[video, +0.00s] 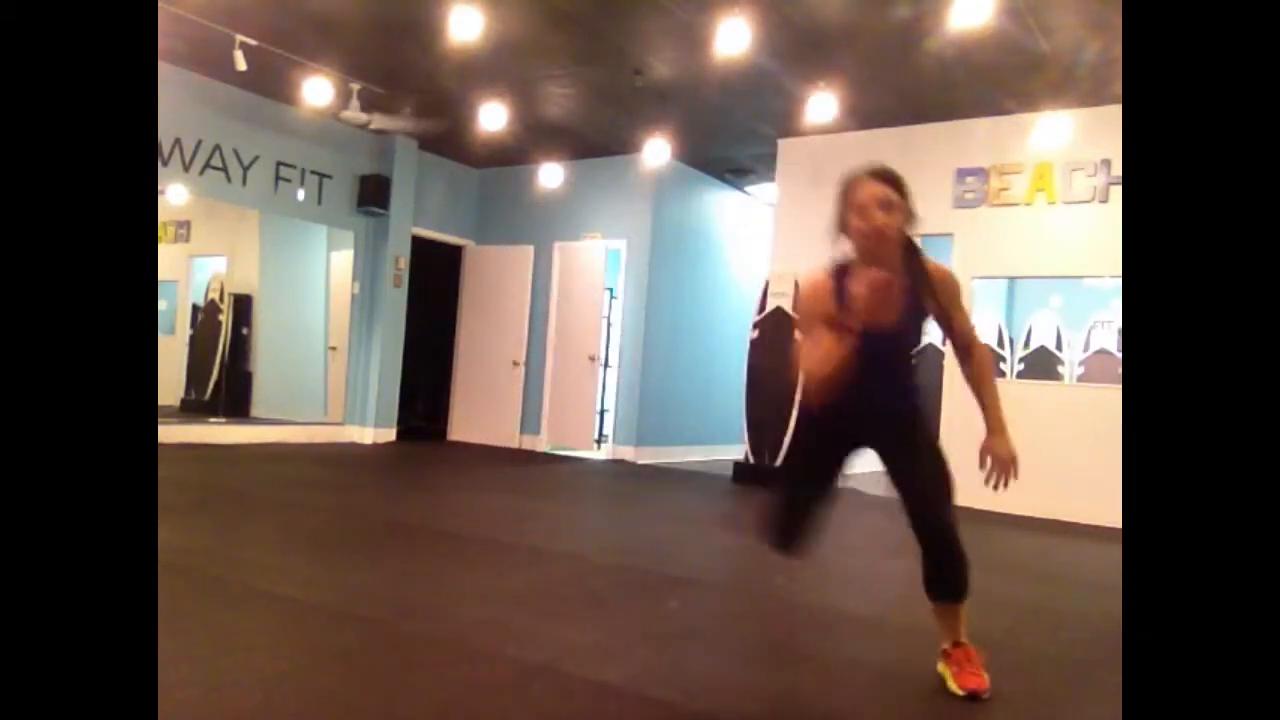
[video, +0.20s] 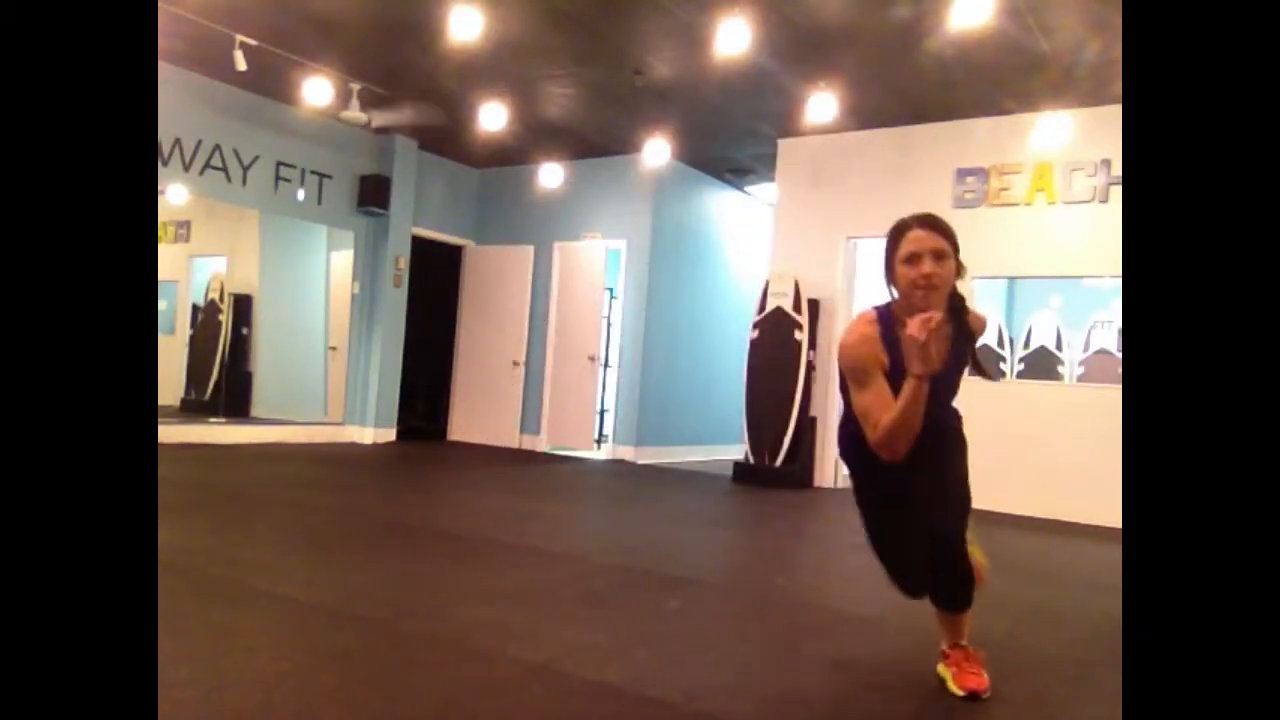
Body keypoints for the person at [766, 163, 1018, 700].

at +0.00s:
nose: (874, 220)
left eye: (885, 207)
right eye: (861, 210)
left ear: (906, 218)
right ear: (844, 224)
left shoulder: (931, 282)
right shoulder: (821, 288)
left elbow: (969, 349)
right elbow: (811, 378)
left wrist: (997, 429)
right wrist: (854, 319)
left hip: (899, 417)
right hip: (831, 416)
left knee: (938, 526)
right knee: (785, 531)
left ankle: (955, 647)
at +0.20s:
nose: (925, 270)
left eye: (937, 257)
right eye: (911, 259)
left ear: (956, 268)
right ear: (891, 273)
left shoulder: (969, 324)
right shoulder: (862, 341)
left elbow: (957, 358)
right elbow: (888, 446)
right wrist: (918, 376)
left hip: (938, 439)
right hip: (878, 459)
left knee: (949, 553)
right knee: (912, 580)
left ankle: (956, 651)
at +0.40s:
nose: (901, 239)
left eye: (913, 227)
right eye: (888, 229)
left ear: (933, 240)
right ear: (870, 243)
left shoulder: (953, 312)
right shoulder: (838, 310)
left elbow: (971, 382)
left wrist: (1002, 456)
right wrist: (868, 436)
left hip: (927, 429)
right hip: (860, 434)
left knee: (936, 544)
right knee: (876, 558)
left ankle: (953, 648)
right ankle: (943, 570)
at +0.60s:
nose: (797, 158)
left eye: (810, 148)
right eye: (787, 148)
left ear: (835, 158)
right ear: (775, 159)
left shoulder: (865, 210)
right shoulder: (766, 234)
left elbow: (926, 247)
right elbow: (711, 284)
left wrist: (835, 210)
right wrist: (672, 336)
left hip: (850, 384)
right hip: (782, 381)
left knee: (903, 507)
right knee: (710, 442)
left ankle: (952, 643)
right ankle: (703, 542)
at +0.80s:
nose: (679, 126)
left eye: (690, 116)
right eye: (668, 117)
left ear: (712, 129)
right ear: (655, 133)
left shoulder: (734, 189)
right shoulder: (643, 199)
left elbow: (772, 246)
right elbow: (605, 250)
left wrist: (705, 215)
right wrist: (570, 300)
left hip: (729, 346)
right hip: (663, 343)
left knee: (784, 451)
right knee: (587, 440)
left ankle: (857, 554)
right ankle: (516, 540)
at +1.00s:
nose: (568, 224)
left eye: (583, 215)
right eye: (561, 213)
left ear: (606, 228)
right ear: (550, 223)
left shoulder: (629, 293)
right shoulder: (545, 277)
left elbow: (614, 374)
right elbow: (537, 322)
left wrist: (553, 304)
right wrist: (519, 365)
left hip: (623, 400)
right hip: (566, 388)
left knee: (618, 524)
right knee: (512, 480)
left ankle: (653, 513)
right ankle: (494, 595)